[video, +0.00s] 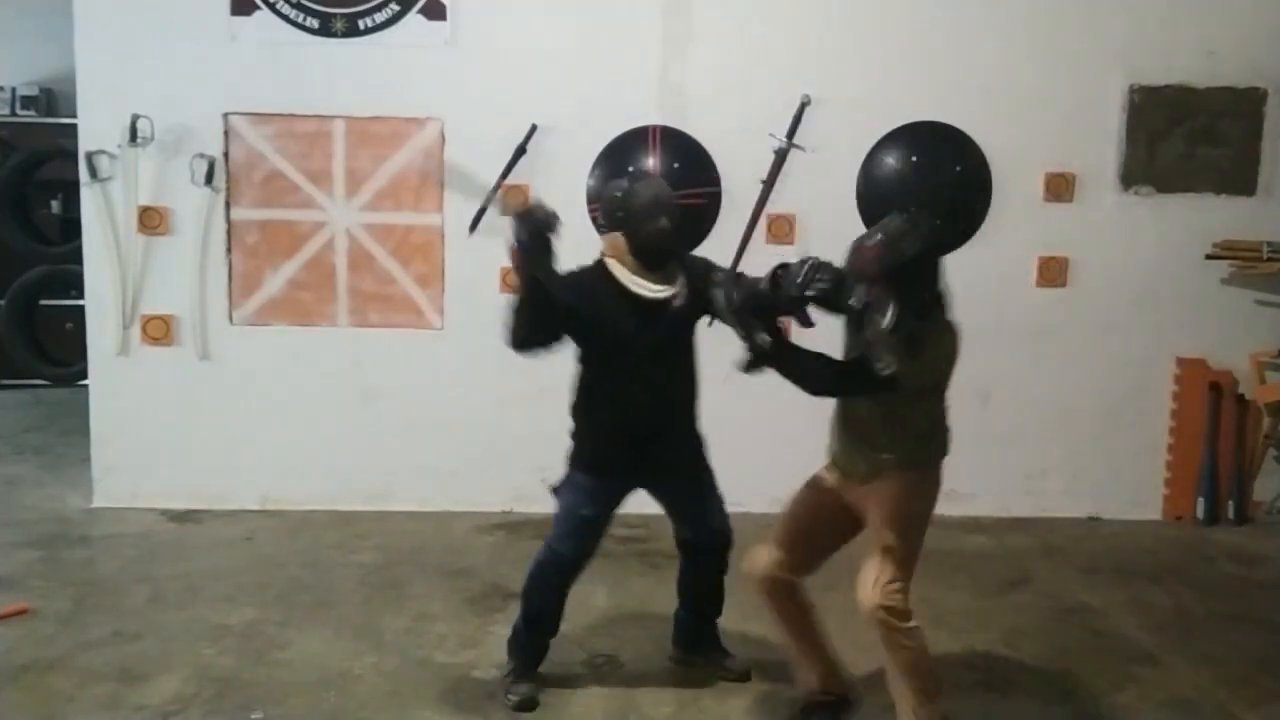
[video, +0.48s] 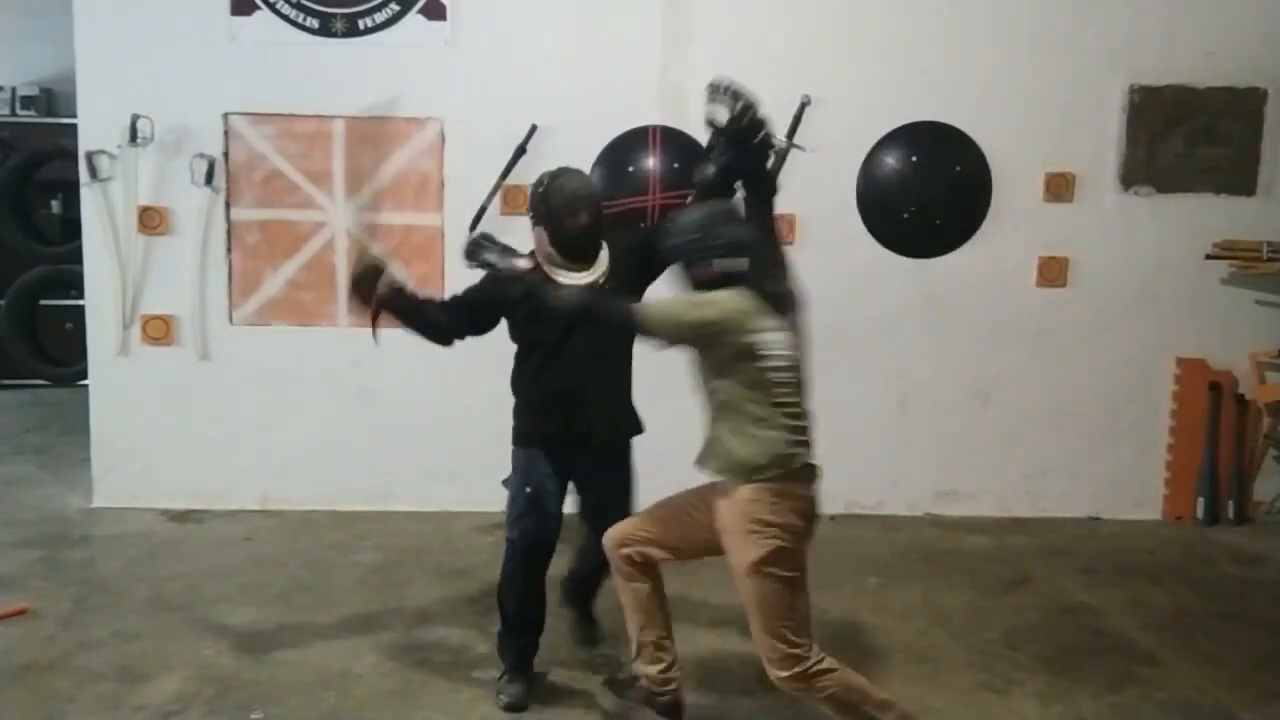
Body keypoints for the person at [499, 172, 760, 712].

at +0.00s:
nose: (671, 229)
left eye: (676, 216)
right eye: (657, 217)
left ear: (683, 223)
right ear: (621, 222)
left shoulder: (693, 279)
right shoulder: (586, 287)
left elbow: (746, 300)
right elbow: (528, 334)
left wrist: (785, 288)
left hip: (676, 452)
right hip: (604, 456)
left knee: (710, 539)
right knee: (564, 552)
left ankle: (696, 645)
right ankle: (523, 666)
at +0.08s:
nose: (652, 228)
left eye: (661, 214)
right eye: (639, 215)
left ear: (672, 222)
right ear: (605, 221)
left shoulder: (680, 278)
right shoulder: (573, 281)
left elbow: (739, 284)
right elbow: (506, 313)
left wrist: (775, 274)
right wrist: (518, 242)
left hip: (659, 449)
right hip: (587, 453)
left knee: (694, 542)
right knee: (549, 554)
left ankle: (696, 648)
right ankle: (524, 665)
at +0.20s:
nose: (630, 233)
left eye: (639, 223)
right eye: (619, 222)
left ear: (650, 226)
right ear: (590, 222)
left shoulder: (656, 275)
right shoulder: (554, 272)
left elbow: (712, 269)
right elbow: (491, 291)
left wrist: (745, 234)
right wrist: (513, 223)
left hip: (642, 443)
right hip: (567, 449)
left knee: (684, 543)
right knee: (543, 554)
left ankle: (709, 662)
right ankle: (520, 665)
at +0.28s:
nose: (614, 229)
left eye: (618, 217)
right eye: (600, 219)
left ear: (627, 215)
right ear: (568, 221)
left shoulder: (641, 264)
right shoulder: (535, 269)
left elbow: (706, 251)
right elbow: (471, 290)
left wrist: (743, 208)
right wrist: (492, 225)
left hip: (633, 441)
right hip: (558, 446)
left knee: (671, 548)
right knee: (538, 554)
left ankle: (695, 664)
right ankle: (520, 667)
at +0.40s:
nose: (602, 214)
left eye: (601, 204)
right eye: (591, 205)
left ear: (594, 214)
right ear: (563, 214)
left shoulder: (626, 263)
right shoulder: (517, 275)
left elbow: (697, 223)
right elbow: (444, 313)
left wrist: (739, 156)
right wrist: (417, 262)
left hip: (617, 436)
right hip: (545, 441)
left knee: (640, 534)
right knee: (529, 550)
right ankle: (518, 665)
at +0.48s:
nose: (584, 225)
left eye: (590, 214)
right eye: (571, 217)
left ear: (601, 217)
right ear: (543, 228)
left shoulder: (625, 265)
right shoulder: (517, 284)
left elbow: (691, 227)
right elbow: (447, 323)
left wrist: (722, 166)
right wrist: (387, 292)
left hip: (607, 436)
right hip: (541, 438)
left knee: (611, 536)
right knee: (529, 542)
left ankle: (577, 594)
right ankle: (516, 665)